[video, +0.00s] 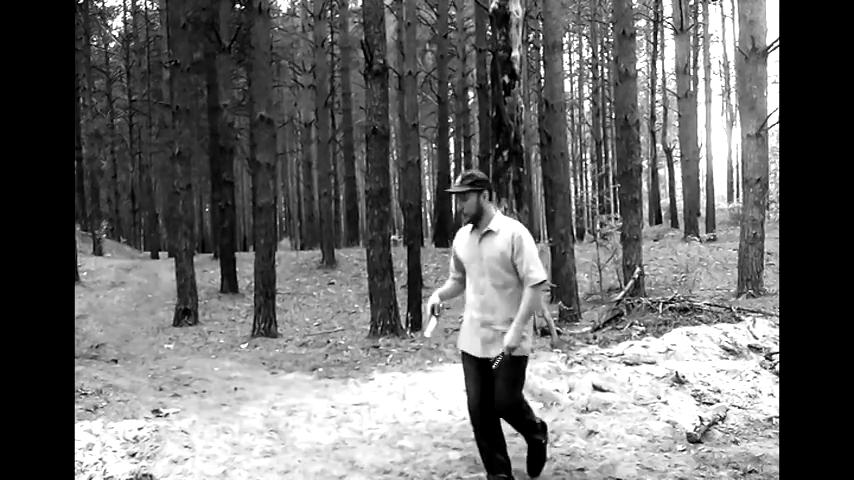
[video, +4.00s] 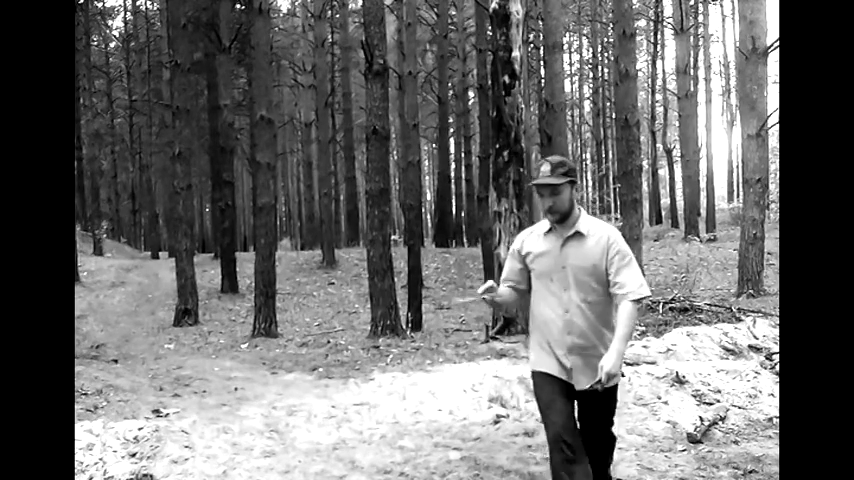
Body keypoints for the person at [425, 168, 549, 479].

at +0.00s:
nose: (459, 205)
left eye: (464, 198)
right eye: (457, 199)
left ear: (484, 196)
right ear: (463, 200)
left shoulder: (514, 233)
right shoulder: (462, 237)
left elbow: (535, 284)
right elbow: (457, 280)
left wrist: (516, 331)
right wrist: (438, 295)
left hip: (510, 338)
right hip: (473, 338)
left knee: (506, 403)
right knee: (479, 411)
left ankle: (536, 434)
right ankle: (498, 472)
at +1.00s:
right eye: (516, 184)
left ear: (480, 189)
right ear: (516, 188)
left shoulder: (463, 238)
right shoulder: (541, 230)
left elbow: (448, 303)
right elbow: (567, 283)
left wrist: (446, 353)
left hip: (487, 364)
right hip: (537, 360)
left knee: (490, 444)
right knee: (536, 445)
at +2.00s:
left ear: (458, 235)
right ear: (489, 230)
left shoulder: (455, 269)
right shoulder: (511, 258)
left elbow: (433, 317)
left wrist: (453, 337)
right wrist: (533, 227)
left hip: (479, 355)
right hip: (519, 348)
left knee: (479, 412)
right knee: (528, 418)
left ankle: (481, 473)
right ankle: (529, 475)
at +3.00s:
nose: (489, 204)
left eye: (489, 196)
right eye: (487, 197)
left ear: (503, 193)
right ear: (513, 192)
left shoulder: (522, 225)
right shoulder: (537, 219)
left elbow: (509, 279)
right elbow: (530, 278)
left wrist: (476, 276)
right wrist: (497, 290)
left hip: (533, 334)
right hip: (559, 331)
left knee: (507, 408)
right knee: (553, 405)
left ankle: (509, 472)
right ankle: (560, 473)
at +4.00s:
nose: (548, 203)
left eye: (555, 193)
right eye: (541, 195)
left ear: (573, 189)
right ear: (536, 195)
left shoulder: (605, 238)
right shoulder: (526, 242)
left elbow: (630, 298)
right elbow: (514, 292)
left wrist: (616, 354)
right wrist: (496, 296)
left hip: (596, 361)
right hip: (547, 360)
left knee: (598, 443)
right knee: (561, 441)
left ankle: (600, 477)